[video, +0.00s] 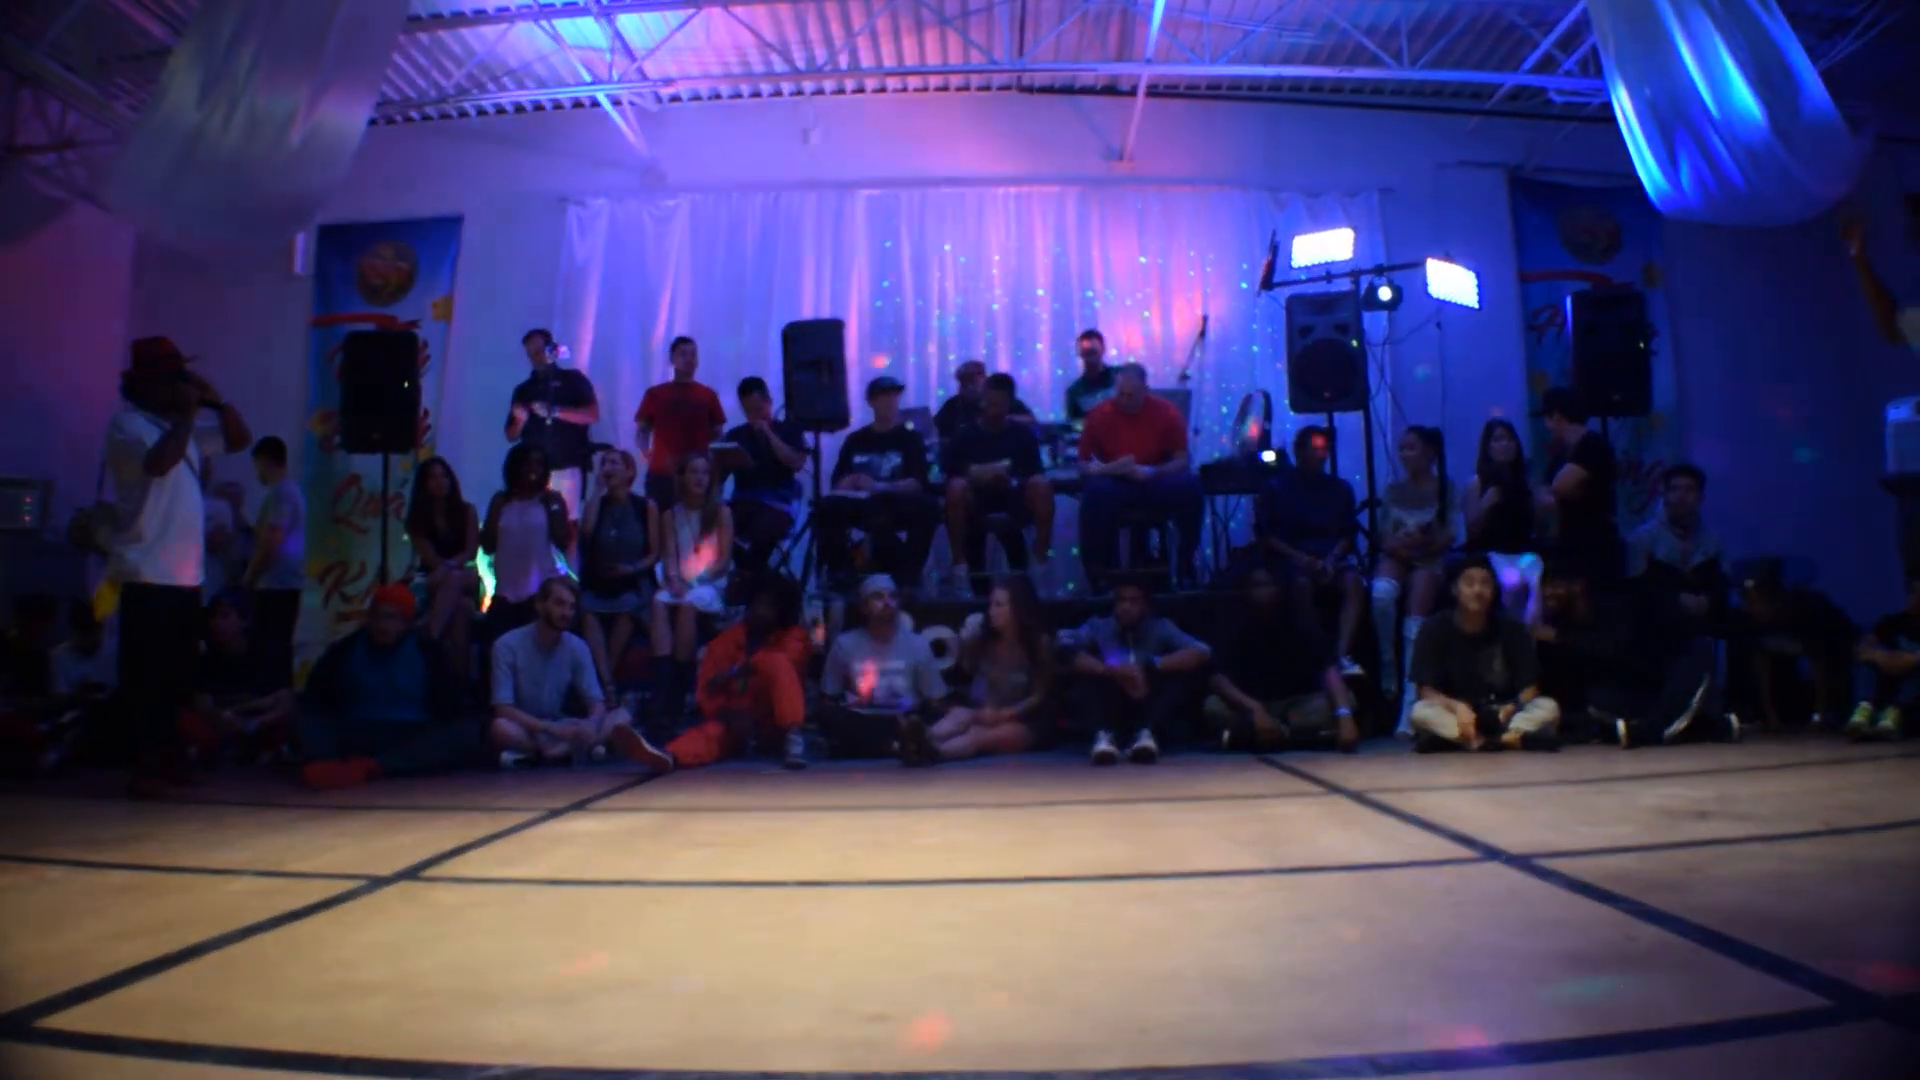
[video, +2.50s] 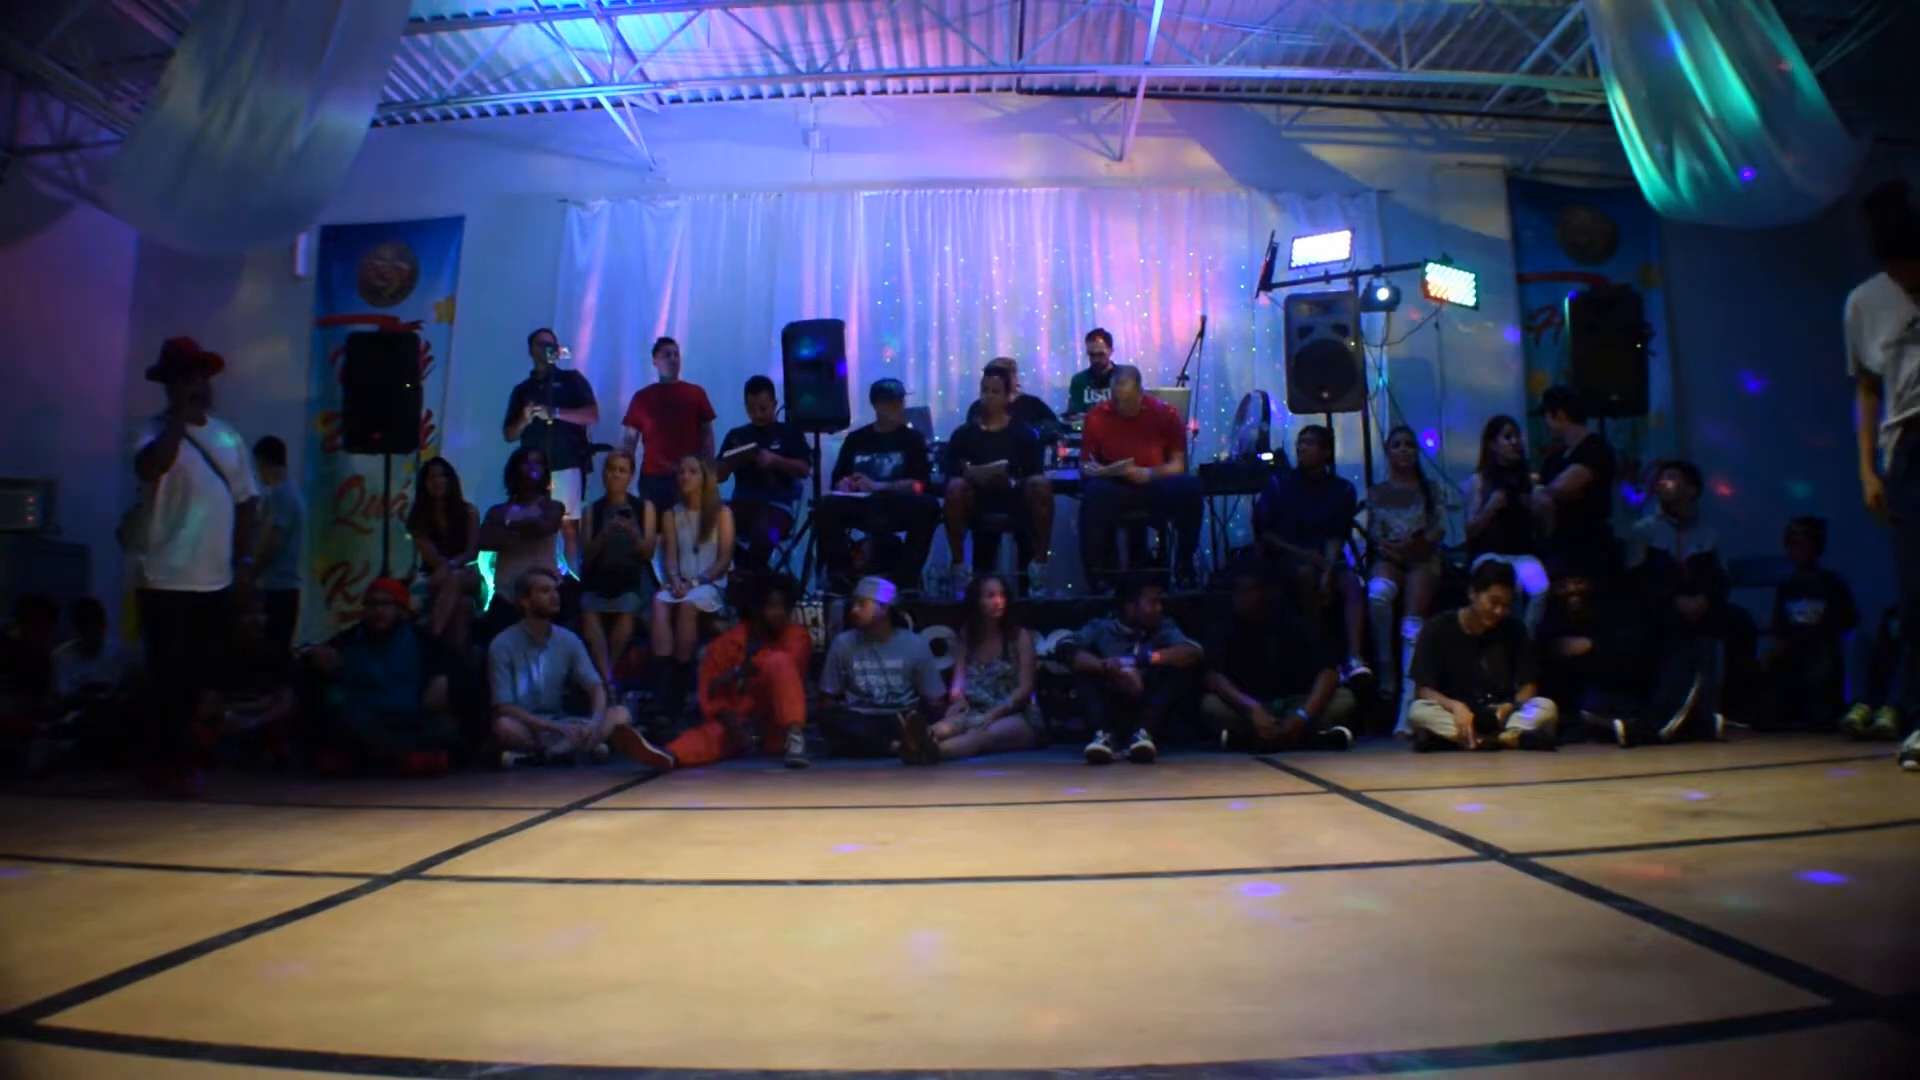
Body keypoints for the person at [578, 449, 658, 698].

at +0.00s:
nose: (607, 468)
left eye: (614, 463)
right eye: (604, 463)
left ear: (629, 472)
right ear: (599, 471)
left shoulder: (645, 506)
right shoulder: (594, 504)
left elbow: (654, 552)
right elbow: (586, 532)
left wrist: (631, 568)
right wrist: (597, 492)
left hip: (630, 579)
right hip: (598, 577)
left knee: (626, 613)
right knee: (588, 614)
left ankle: (606, 677)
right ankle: (606, 684)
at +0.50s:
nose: (609, 468)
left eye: (615, 464)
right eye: (606, 464)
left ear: (630, 472)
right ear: (601, 473)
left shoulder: (646, 506)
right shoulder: (595, 505)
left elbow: (655, 552)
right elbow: (589, 528)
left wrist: (634, 568)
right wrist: (597, 490)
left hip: (631, 577)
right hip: (600, 575)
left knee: (627, 608)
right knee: (588, 610)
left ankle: (609, 672)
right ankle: (605, 678)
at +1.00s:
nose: (610, 470)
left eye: (616, 465)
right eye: (606, 465)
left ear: (629, 472)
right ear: (601, 473)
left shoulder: (645, 507)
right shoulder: (593, 506)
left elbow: (654, 552)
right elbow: (587, 545)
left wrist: (633, 568)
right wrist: (597, 507)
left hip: (630, 576)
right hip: (599, 575)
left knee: (627, 611)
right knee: (589, 614)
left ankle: (607, 678)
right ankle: (608, 684)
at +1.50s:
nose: (620, 471)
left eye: (625, 466)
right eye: (614, 466)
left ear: (630, 472)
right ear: (602, 473)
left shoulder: (646, 508)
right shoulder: (592, 510)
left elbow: (654, 553)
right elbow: (587, 549)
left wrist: (634, 568)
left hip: (630, 576)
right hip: (600, 574)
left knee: (626, 612)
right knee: (589, 612)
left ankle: (607, 677)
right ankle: (607, 681)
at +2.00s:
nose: (622, 473)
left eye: (626, 468)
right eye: (615, 468)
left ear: (631, 473)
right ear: (603, 474)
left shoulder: (645, 507)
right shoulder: (591, 511)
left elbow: (655, 551)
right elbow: (586, 553)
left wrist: (636, 544)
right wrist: (600, 546)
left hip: (633, 572)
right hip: (601, 573)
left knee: (627, 608)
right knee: (589, 610)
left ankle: (608, 676)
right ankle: (606, 678)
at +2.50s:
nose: (616, 475)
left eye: (622, 470)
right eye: (611, 469)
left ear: (631, 476)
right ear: (604, 474)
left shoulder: (645, 507)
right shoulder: (591, 510)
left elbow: (648, 550)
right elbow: (587, 554)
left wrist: (631, 533)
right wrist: (604, 535)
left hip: (631, 573)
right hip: (599, 573)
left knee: (626, 611)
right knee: (589, 611)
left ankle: (607, 672)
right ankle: (606, 677)